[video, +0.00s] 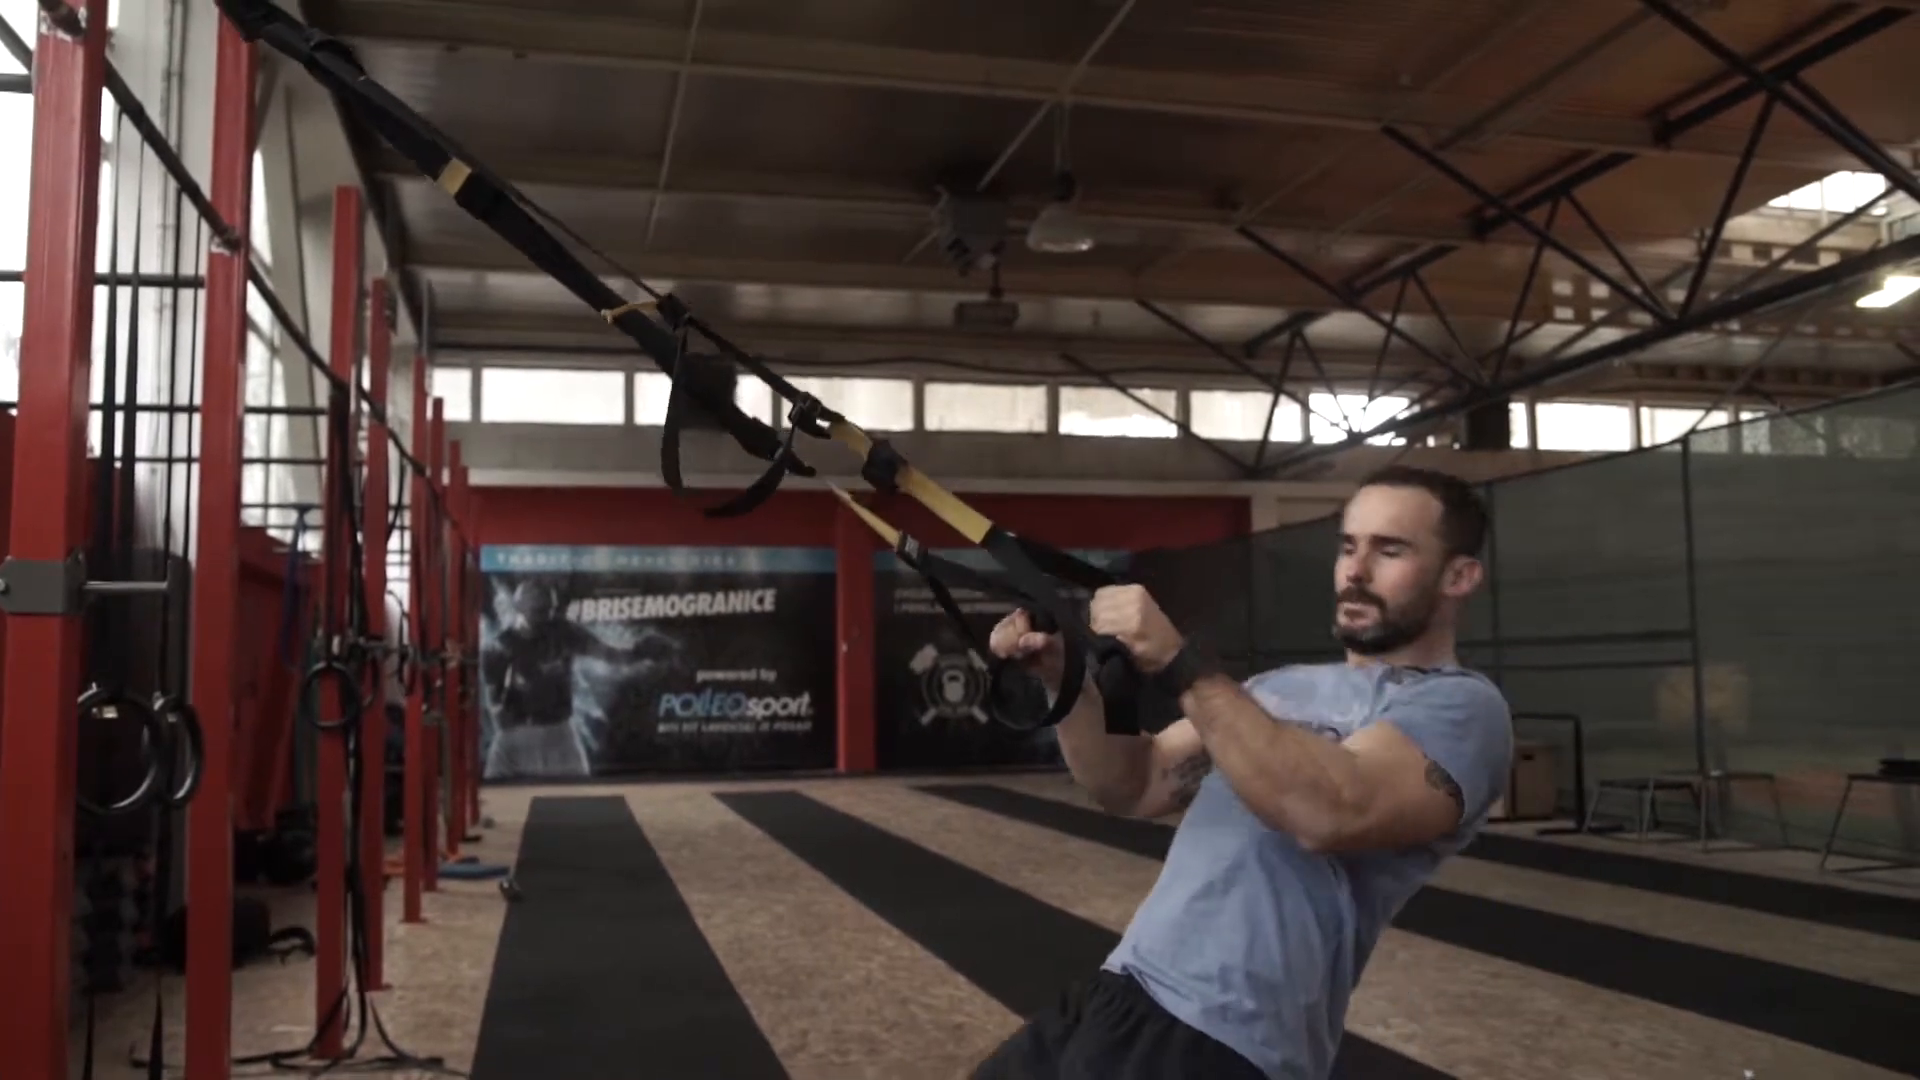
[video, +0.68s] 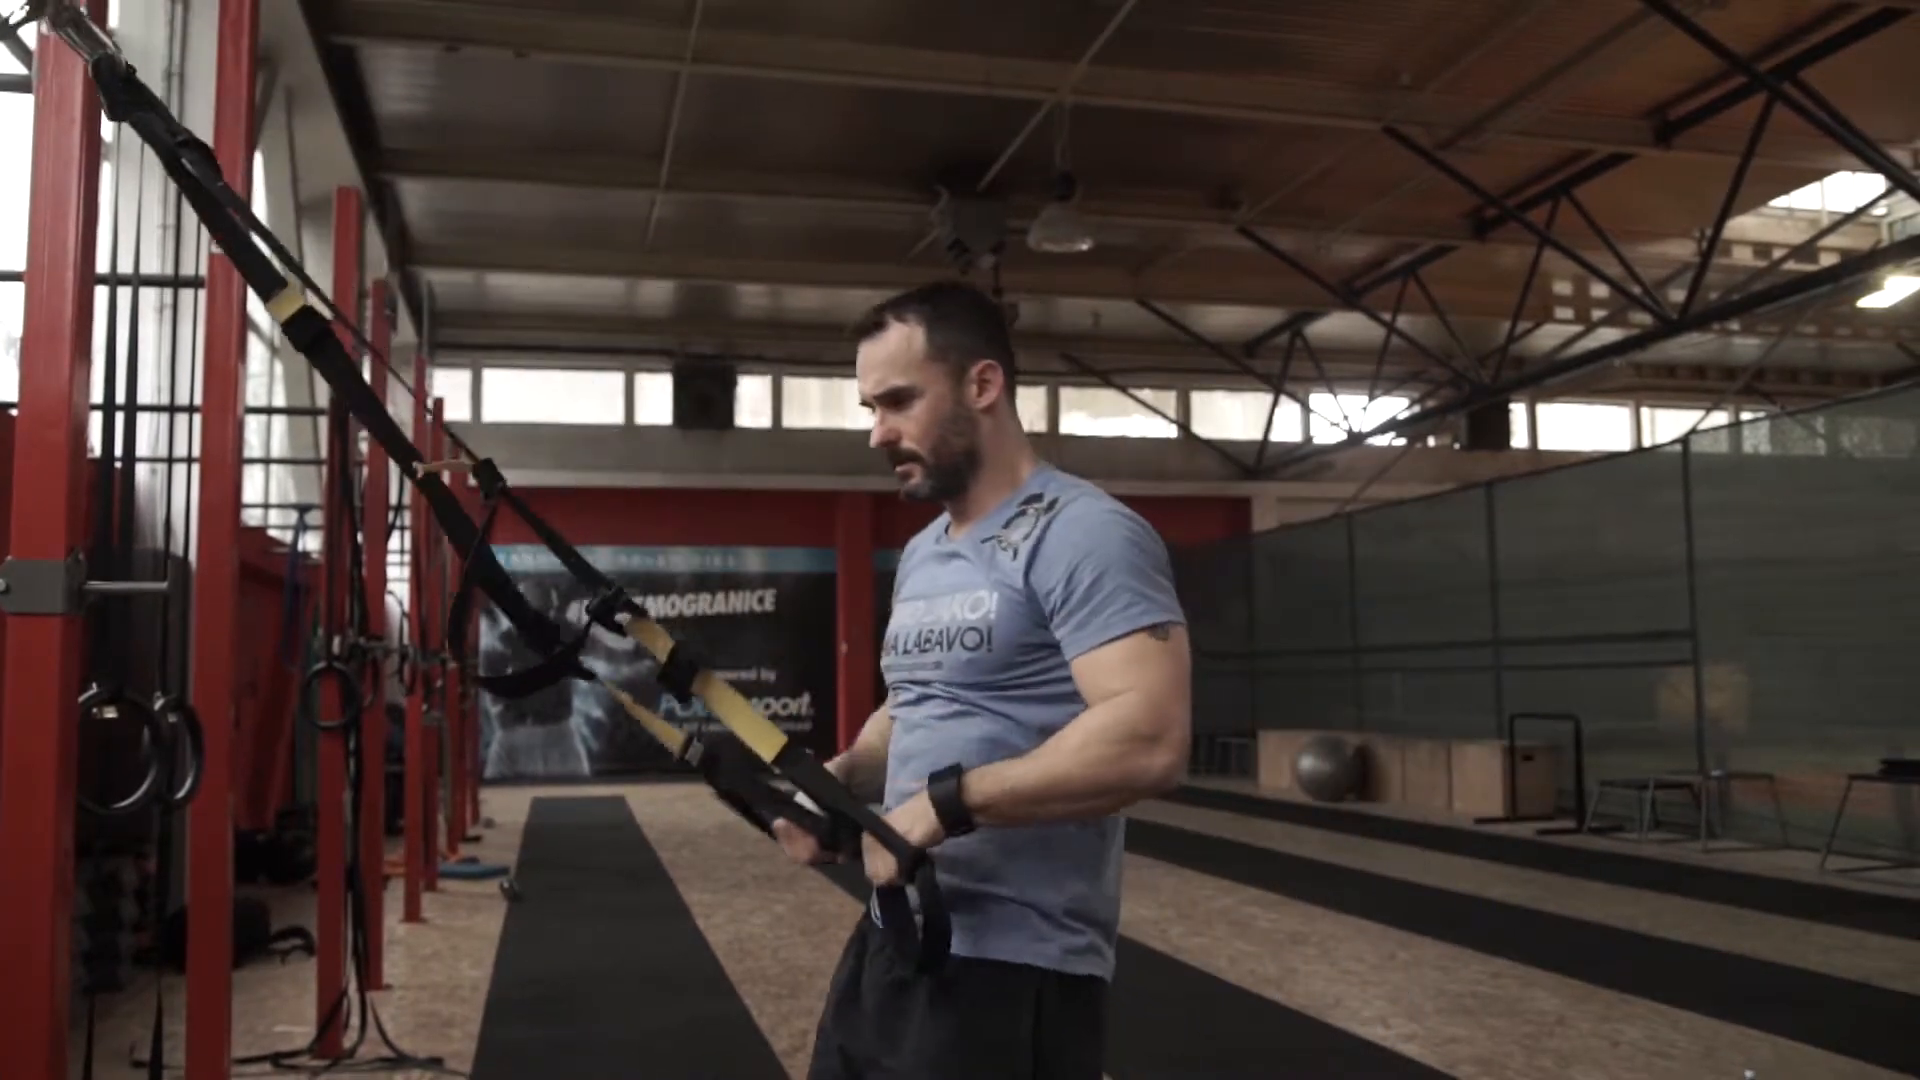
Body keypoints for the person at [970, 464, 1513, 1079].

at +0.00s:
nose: (1354, 571)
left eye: (1389, 551)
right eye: (1348, 548)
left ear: (1460, 579)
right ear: (1336, 555)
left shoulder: (1468, 713)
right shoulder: (1285, 685)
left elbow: (1329, 809)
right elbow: (1133, 786)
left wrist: (1182, 661)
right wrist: (1068, 680)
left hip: (1231, 1049)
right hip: (1113, 995)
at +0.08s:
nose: (1281, 538)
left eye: (1315, 514)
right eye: (1277, 514)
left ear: (1393, 530)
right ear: (1267, 519)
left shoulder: (1417, 675)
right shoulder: (1244, 653)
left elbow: (1320, 827)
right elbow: (1112, 793)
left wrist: (1167, 685)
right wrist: (1045, 697)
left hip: (1192, 1033)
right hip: (1078, 979)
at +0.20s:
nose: (1168, 495)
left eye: (1196, 466)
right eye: (1164, 472)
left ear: (1280, 465)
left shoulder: (1328, 623)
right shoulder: (1164, 605)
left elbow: (1313, 822)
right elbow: (1095, 775)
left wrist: (1133, 715)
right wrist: (1011, 713)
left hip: (1128, 1014)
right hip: (1017, 960)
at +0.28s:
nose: (1094, 475)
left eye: (1121, 444)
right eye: (1090, 451)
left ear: (1206, 436)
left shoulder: (1268, 596)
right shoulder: (1111, 582)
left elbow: (1297, 803)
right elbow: (1078, 755)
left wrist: (1097, 729)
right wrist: (982, 726)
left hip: (1089, 1002)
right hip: (973, 956)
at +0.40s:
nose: (999, 455)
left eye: (1022, 422)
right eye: (994, 430)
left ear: (1110, 411)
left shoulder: (1191, 567)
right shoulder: (1036, 567)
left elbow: (1254, 776)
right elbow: (1023, 763)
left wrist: (1046, 757)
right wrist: (921, 774)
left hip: (1049, 994)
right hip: (931, 957)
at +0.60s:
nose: (899, 438)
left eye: (919, 405)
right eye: (893, 413)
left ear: (1007, 389)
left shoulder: (1108, 539)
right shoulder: (948, 553)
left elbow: (1174, 744)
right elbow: (943, 707)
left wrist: (970, 789)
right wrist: (854, 770)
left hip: (1025, 977)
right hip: (903, 947)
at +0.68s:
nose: (878, 434)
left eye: (897, 401)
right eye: (871, 410)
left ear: (985, 385)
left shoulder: (1088, 532)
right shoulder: (924, 553)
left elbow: (1148, 741)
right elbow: (914, 708)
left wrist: (944, 804)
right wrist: (831, 784)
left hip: (1022, 964)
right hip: (898, 941)